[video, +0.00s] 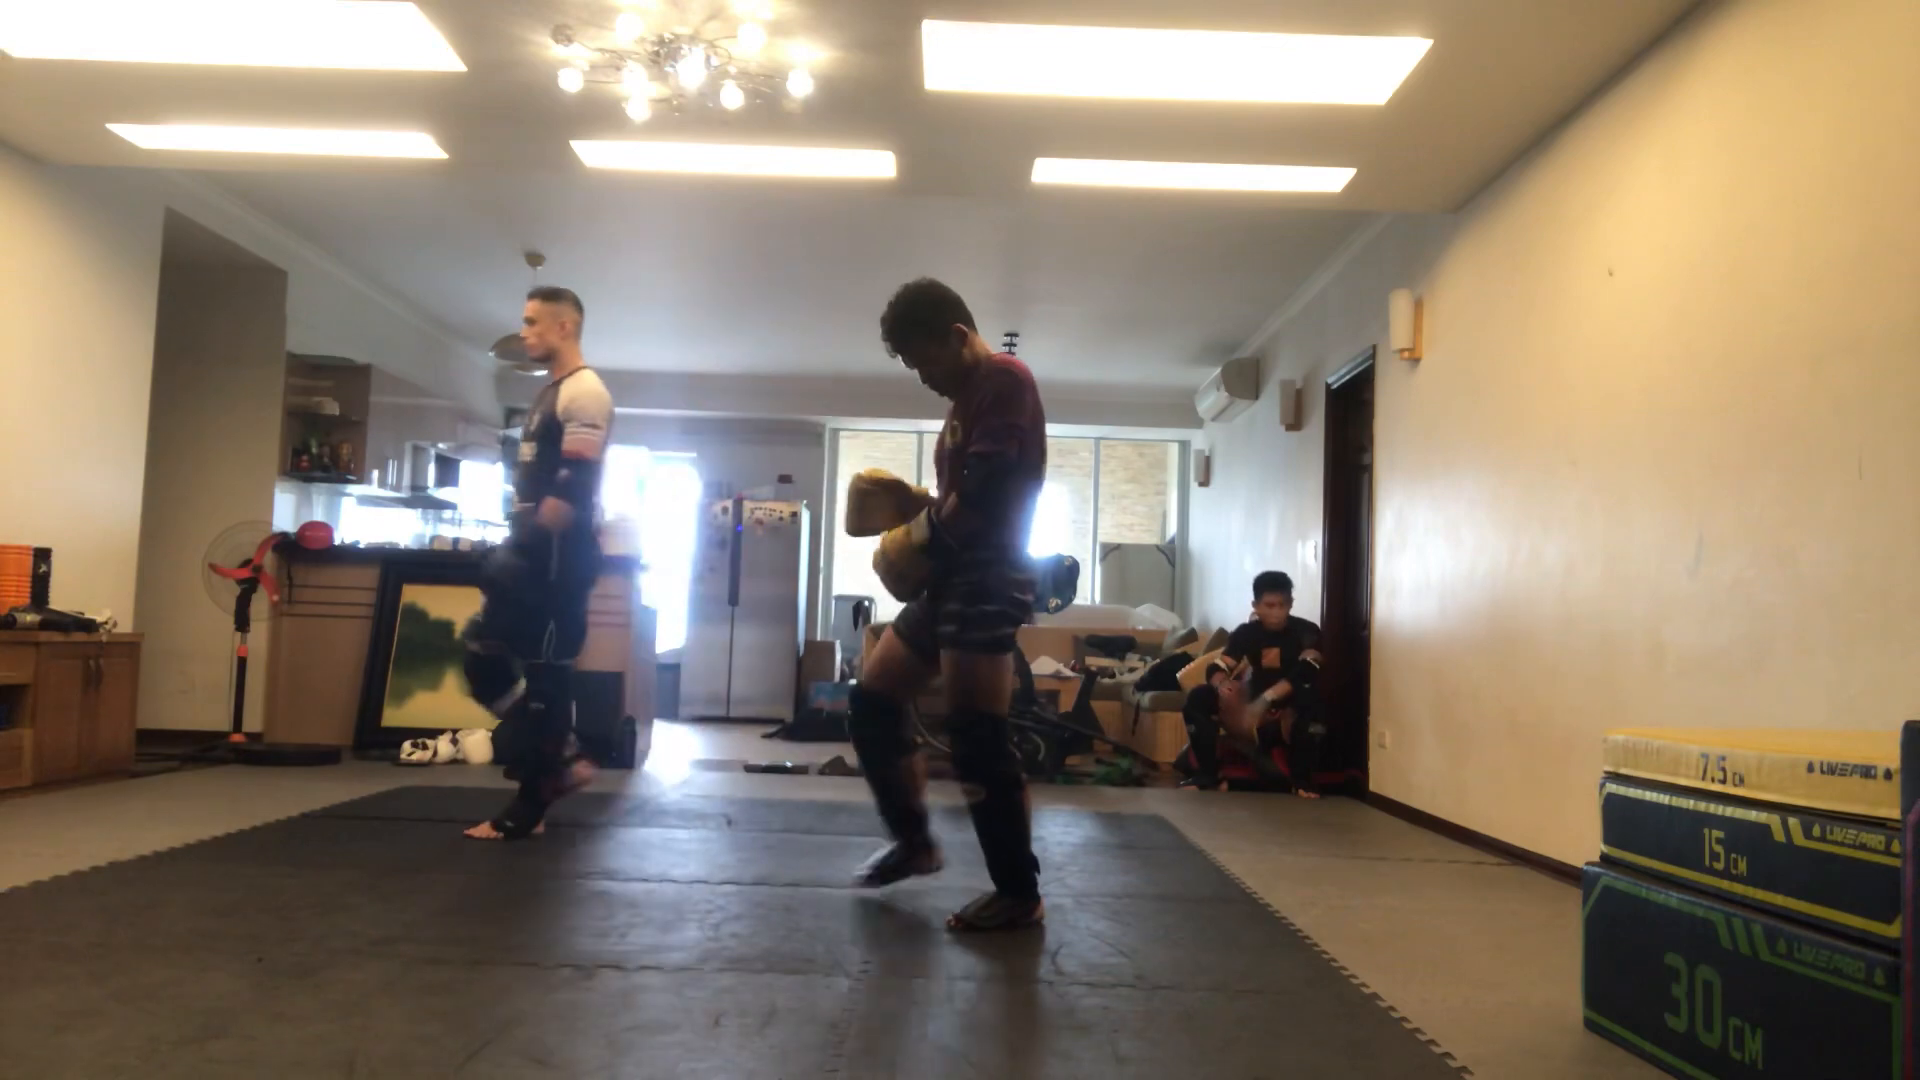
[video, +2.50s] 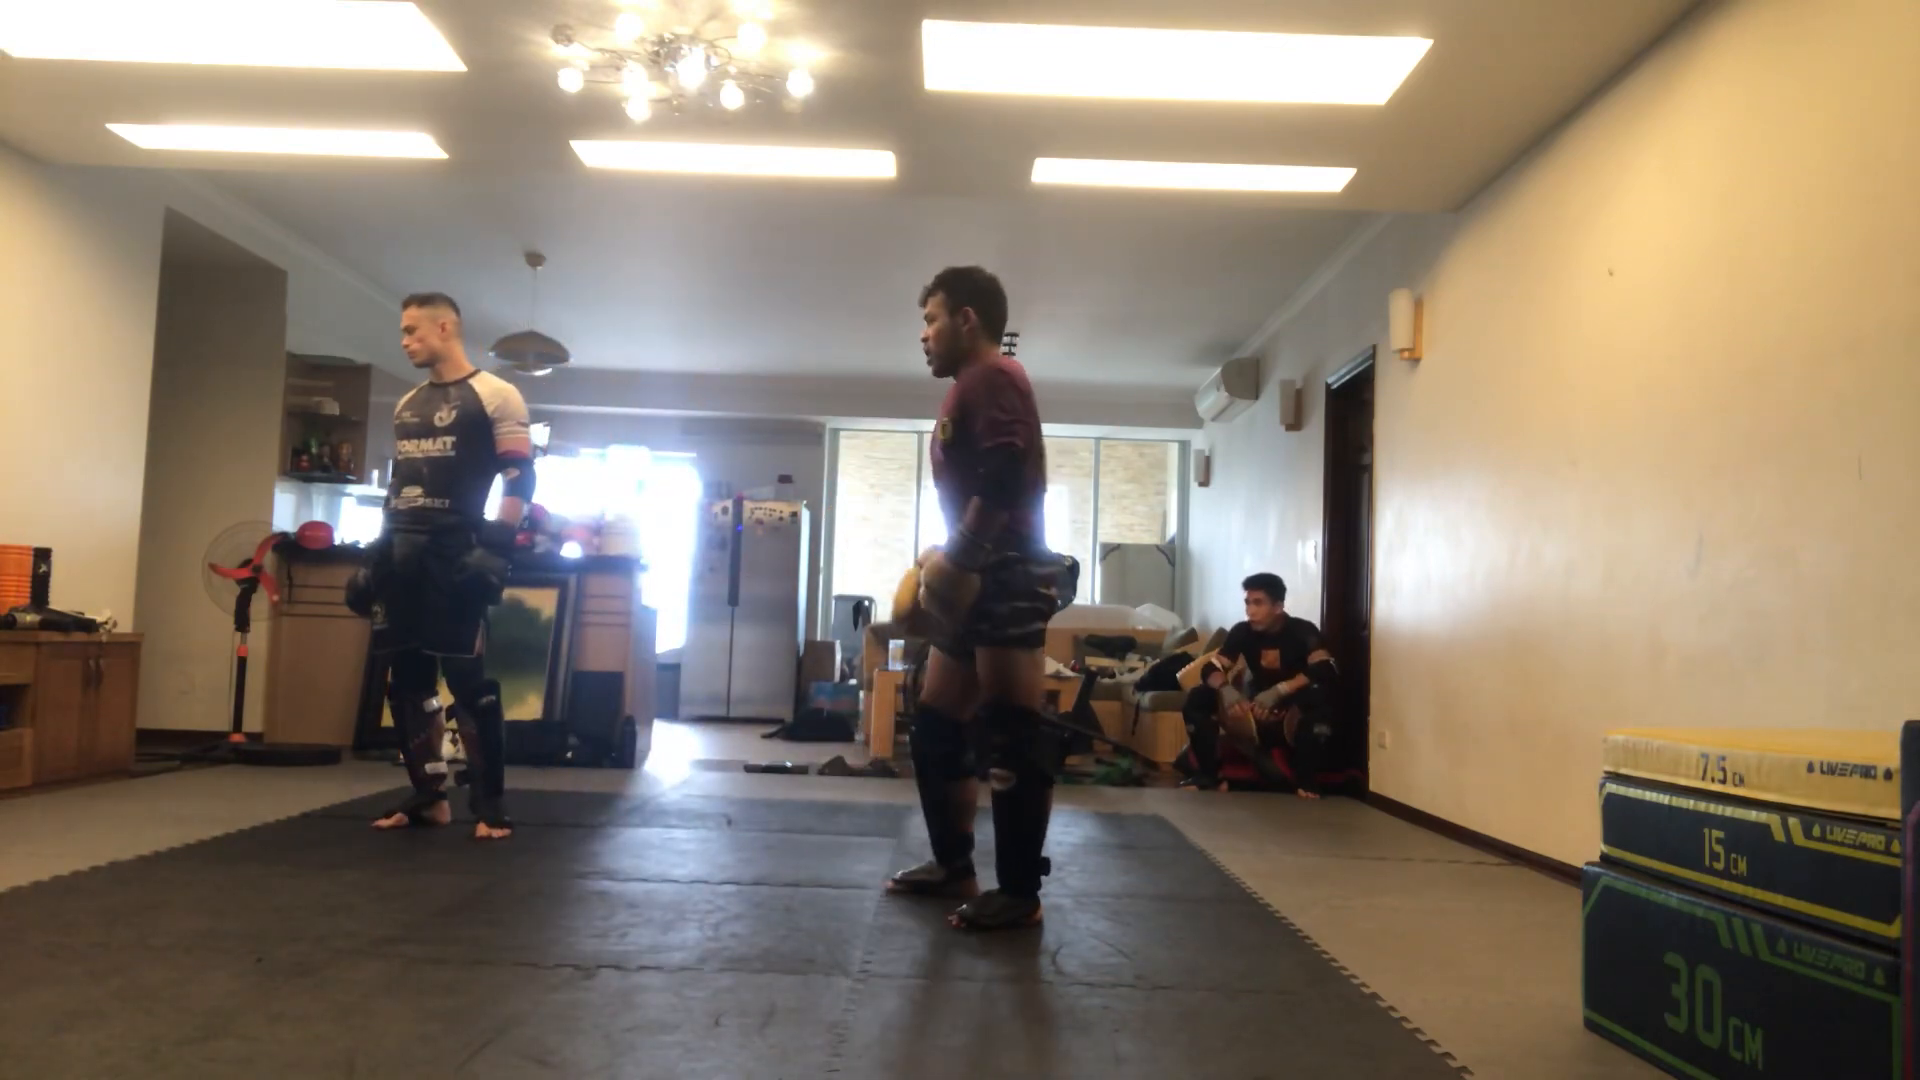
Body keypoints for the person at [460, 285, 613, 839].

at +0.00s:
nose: (523, 333)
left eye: (531, 323)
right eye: (523, 324)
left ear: (566, 326)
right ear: (555, 329)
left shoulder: (584, 391)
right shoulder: (553, 391)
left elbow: (570, 492)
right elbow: (541, 484)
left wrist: (520, 552)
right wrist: (517, 545)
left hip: (559, 556)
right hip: (535, 553)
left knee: (547, 681)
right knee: (484, 662)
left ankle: (526, 813)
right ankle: (554, 759)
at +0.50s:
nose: (463, 329)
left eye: (473, 318)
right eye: (464, 320)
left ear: (508, 321)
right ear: (487, 327)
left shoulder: (539, 389)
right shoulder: (475, 394)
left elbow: (546, 484)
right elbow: (459, 483)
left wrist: (508, 554)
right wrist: (436, 549)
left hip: (499, 551)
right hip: (452, 547)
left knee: (503, 672)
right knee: (434, 667)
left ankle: (525, 804)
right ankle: (432, 796)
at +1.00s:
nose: (428, 334)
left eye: (437, 324)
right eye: (427, 326)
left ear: (473, 325)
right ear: (445, 332)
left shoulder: (517, 396)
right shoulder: (423, 399)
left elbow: (536, 485)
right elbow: (406, 481)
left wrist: (520, 554)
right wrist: (373, 544)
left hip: (468, 553)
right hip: (412, 551)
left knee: (468, 679)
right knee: (414, 677)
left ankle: (488, 807)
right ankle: (430, 799)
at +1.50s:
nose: (423, 335)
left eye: (432, 324)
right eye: (419, 326)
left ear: (466, 324)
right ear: (419, 333)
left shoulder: (510, 395)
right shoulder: (415, 400)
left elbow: (533, 484)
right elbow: (407, 488)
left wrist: (518, 553)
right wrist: (389, 556)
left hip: (471, 553)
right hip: (415, 552)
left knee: (479, 679)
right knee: (413, 679)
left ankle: (491, 806)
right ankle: (429, 799)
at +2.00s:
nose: (410, 340)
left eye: (417, 329)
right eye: (409, 330)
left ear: (452, 328)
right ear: (438, 331)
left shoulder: (501, 395)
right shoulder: (414, 404)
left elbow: (519, 485)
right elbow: (408, 492)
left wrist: (495, 552)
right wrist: (381, 559)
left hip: (463, 555)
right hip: (409, 554)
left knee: (467, 676)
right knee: (409, 679)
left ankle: (490, 805)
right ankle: (429, 798)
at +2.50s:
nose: (405, 342)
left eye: (412, 331)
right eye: (403, 333)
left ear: (446, 327)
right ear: (435, 330)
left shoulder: (498, 395)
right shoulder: (408, 404)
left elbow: (517, 484)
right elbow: (402, 490)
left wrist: (494, 552)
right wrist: (377, 558)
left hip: (458, 556)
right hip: (404, 555)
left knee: (466, 679)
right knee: (406, 681)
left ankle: (490, 806)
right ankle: (428, 798)